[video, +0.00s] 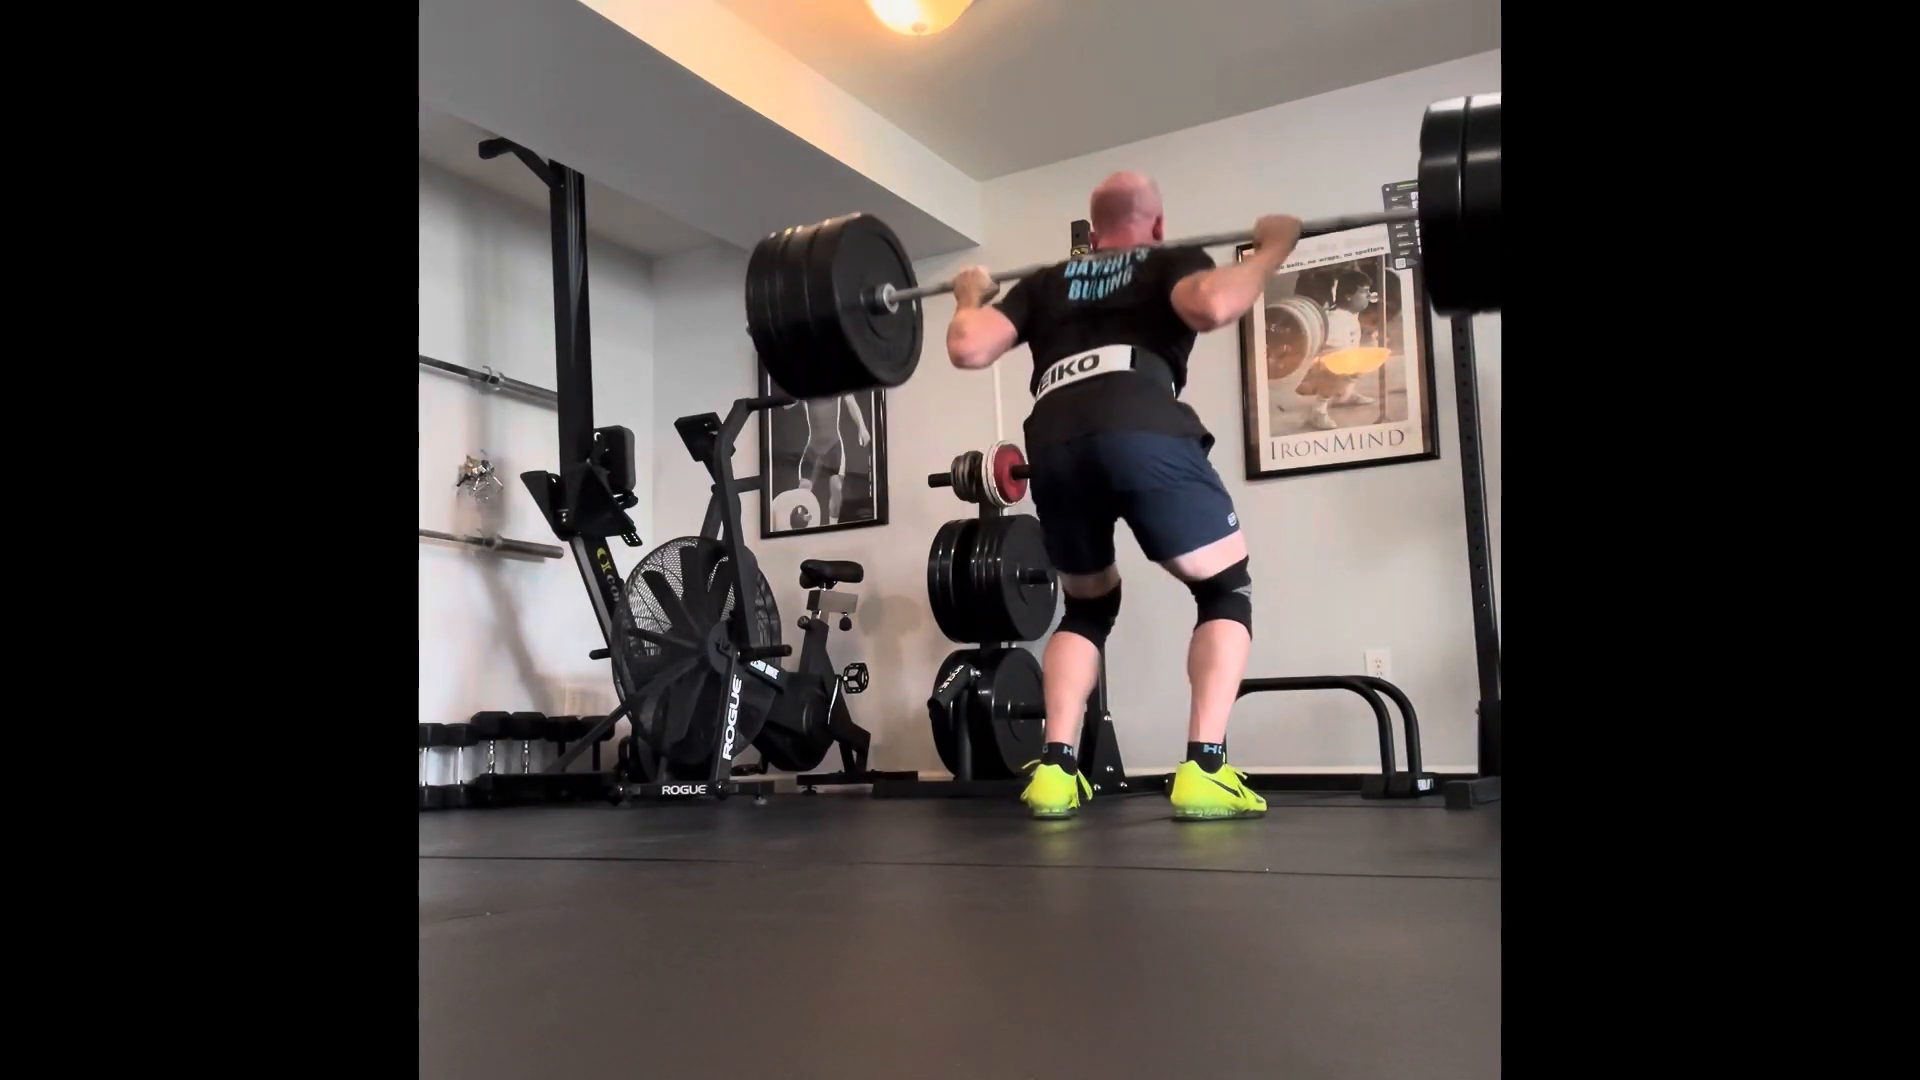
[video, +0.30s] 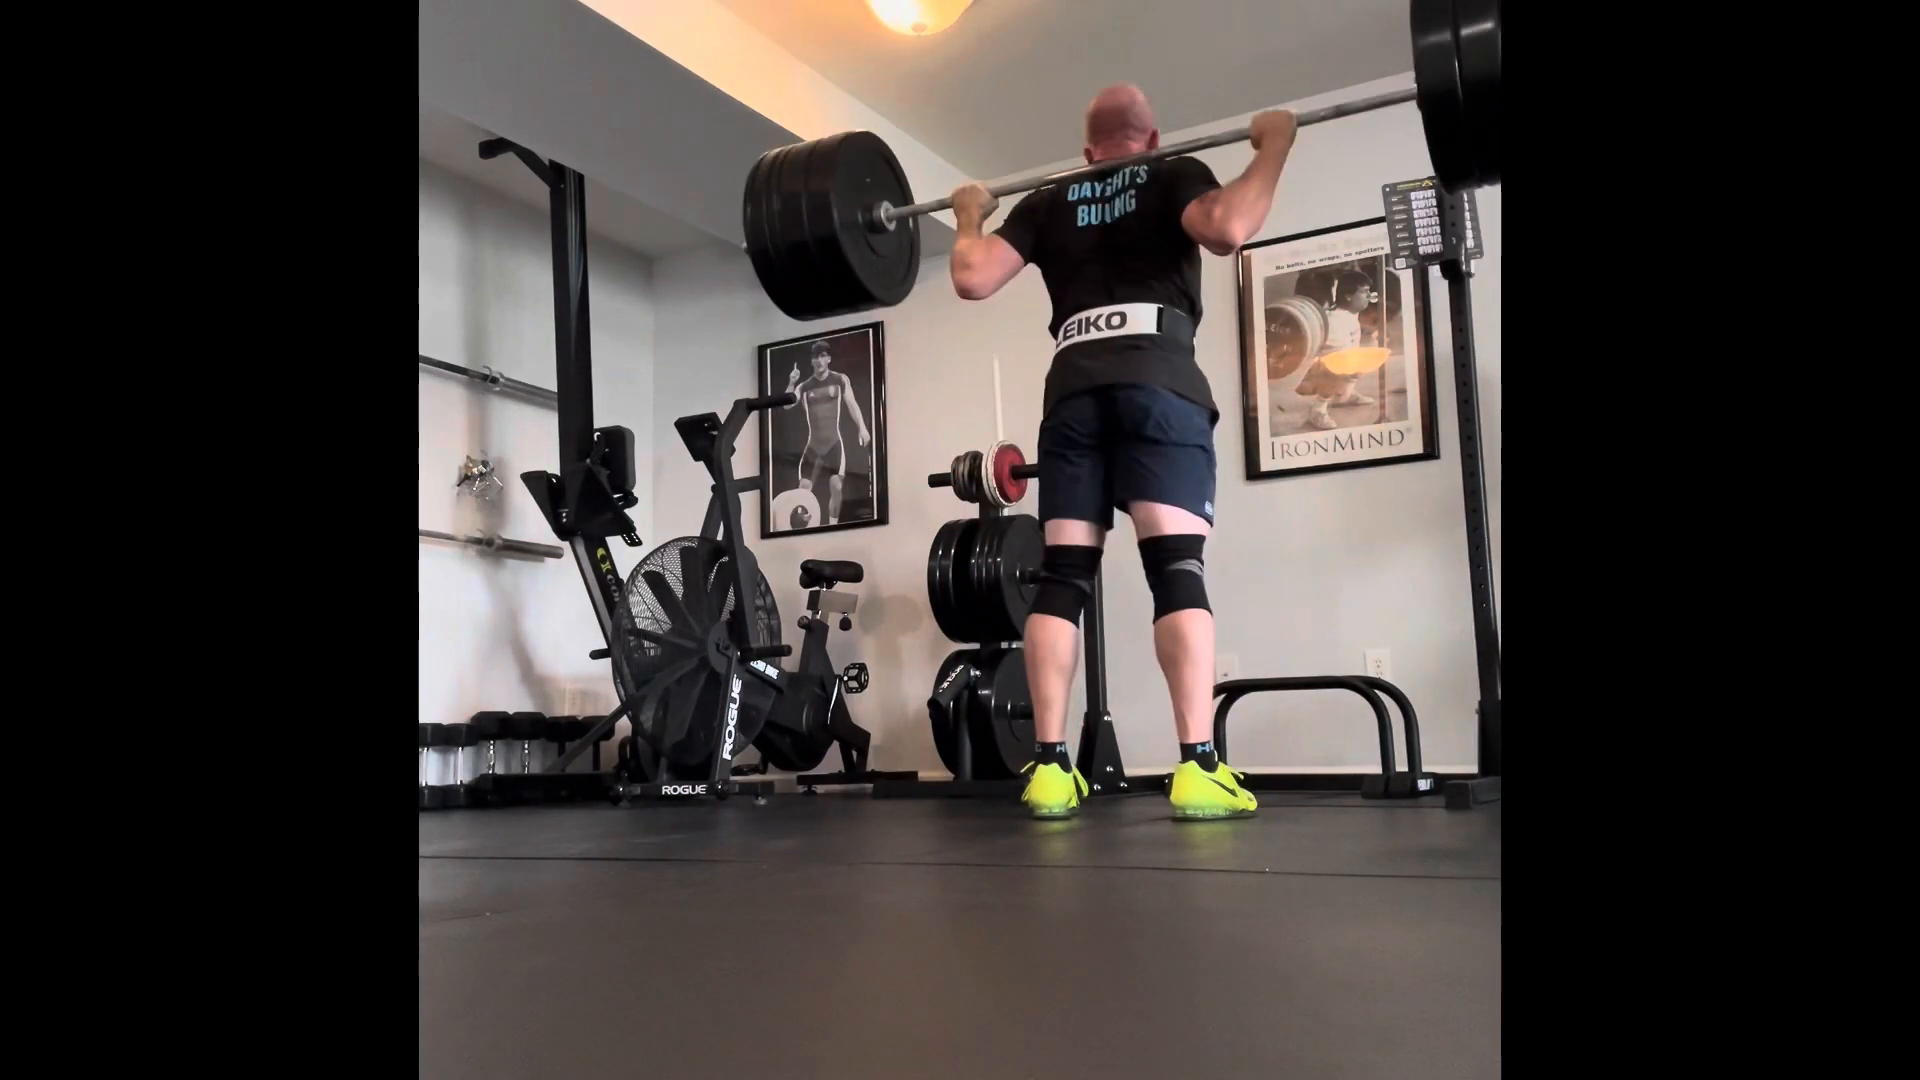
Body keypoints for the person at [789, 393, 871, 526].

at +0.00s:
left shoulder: (838, 390)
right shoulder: (804, 393)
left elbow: (851, 404)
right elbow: (786, 405)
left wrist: (862, 428)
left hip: (834, 444)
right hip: (813, 445)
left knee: (836, 485)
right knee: (804, 485)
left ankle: (833, 526)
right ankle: (800, 525)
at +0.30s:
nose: (819, 361)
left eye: (823, 356)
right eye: (816, 357)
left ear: (829, 359)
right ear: (811, 361)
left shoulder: (840, 380)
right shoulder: (803, 387)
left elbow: (852, 405)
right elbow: (787, 405)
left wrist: (862, 429)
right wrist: (791, 384)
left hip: (834, 442)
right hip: (813, 444)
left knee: (835, 484)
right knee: (804, 485)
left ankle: (832, 528)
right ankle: (802, 527)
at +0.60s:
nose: (819, 361)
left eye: (823, 356)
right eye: (816, 357)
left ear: (829, 359)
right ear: (811, 361)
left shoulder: (840, 380)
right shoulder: (803, 386)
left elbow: (851, 404)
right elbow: (787, 405)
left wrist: (862, 428)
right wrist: (791, 383)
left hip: (834, 443)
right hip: (813, 444)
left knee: (836, 485)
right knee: (804, 486)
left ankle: (832, 528)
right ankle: (803, 528)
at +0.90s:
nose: (820, 361)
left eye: (823, 357)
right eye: (816, 357)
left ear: (829, 359)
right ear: (812, 361)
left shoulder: (840, 380)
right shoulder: (803, 386)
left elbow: (851, 405)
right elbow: (787, 406)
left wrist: (862, 428)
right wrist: (791, 384)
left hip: (834, 442)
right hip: (813, 444)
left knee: (836, 484)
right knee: (804, 485)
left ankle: (832, 528)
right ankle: (802, 528)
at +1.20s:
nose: (820, 361)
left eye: (823, 357)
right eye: (816, 357)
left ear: (829, 359)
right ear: (811, 361)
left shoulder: (840, 380)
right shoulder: (803, 386)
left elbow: (851, 405)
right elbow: (787, 405)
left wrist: (862, 428)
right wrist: (791, 384)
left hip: (834, 442)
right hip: (813, 444)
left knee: (836, 484)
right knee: (804, 485)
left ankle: (832, 528)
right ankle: (802, 528)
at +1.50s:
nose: (819, 361)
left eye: (823, 356)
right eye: (816, 357)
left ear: (829, 359)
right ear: (811, 361)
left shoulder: (840, 380)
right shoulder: (803, 386)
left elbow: (851, 405)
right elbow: (787, 406)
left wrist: (862, 428)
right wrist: (791, 384)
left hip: (834, 442)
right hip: (813, 443)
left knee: (835, 484)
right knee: (804, 485)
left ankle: (832, 528)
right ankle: (803, 528)